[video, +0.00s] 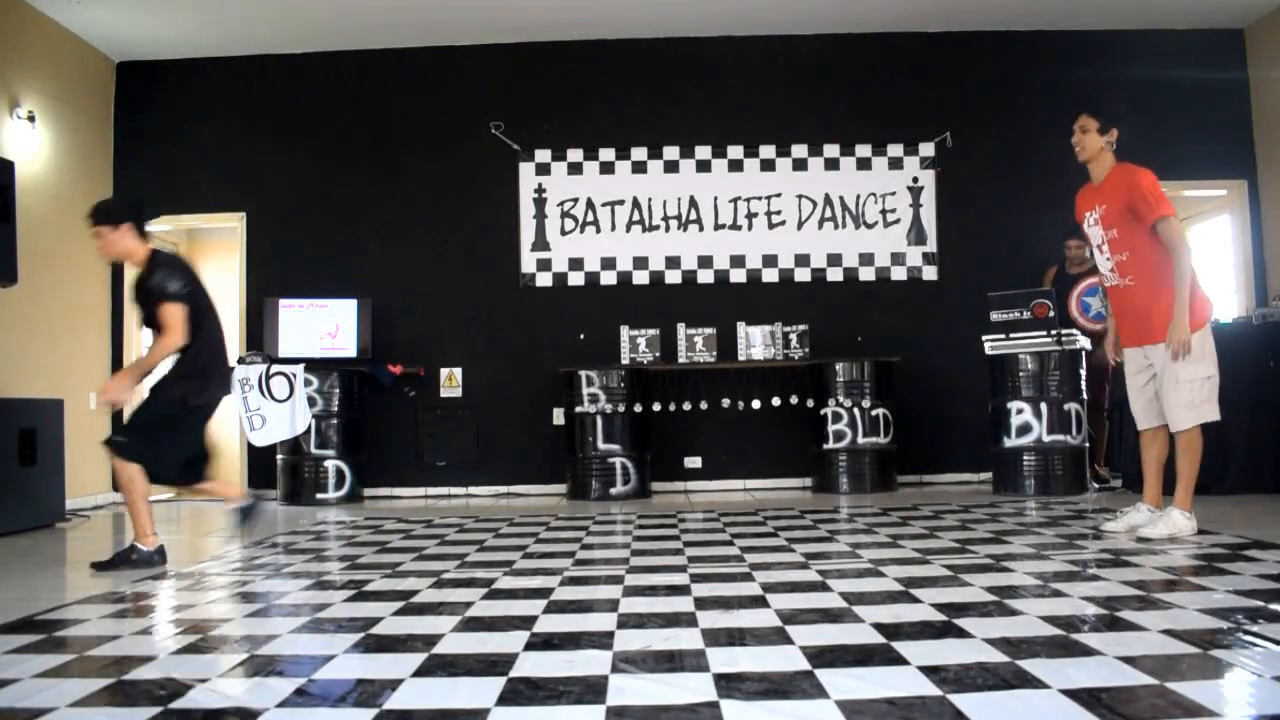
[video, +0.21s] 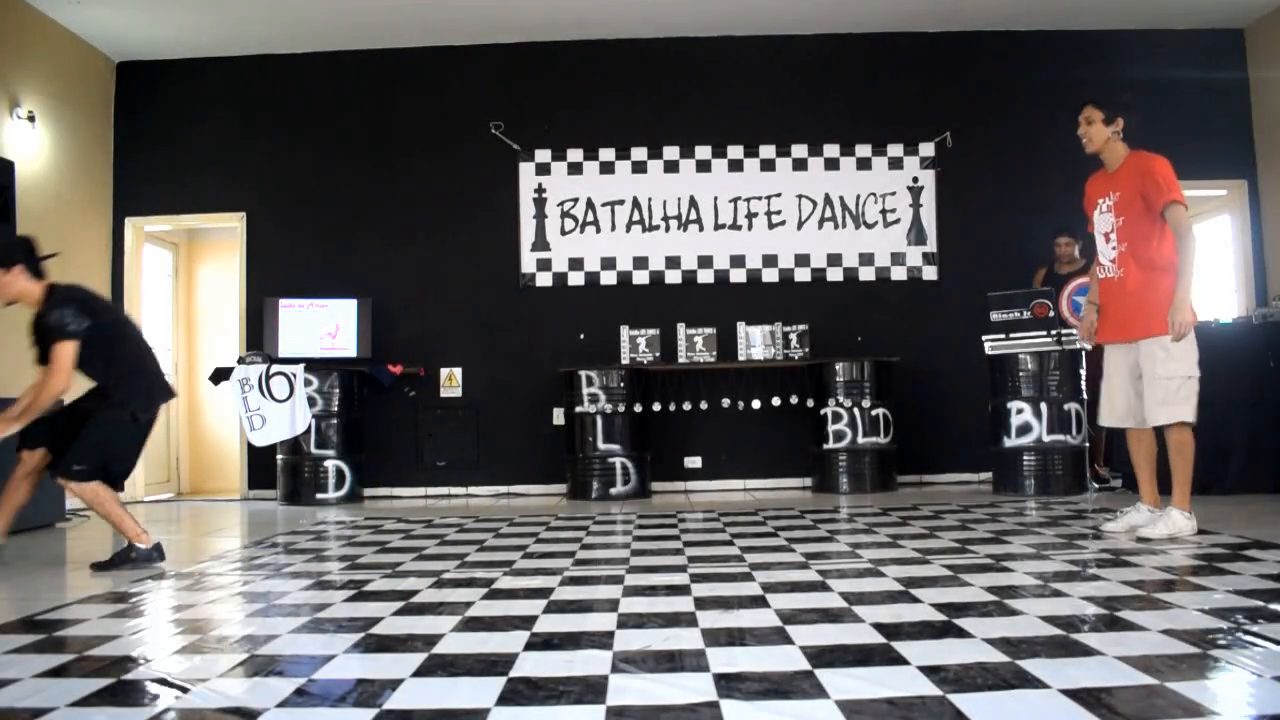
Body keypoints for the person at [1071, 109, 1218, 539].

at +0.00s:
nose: (1076, 140)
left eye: (1084, 131)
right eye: (1074, 134)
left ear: (1110, 137)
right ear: (1076, 145)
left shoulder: (1136, 180)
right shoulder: (1083, 200)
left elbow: (1179, 246)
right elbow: (1108, 269)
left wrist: (1180, 317)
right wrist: (1113, 327)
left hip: (1176, 322)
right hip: (1132, 331)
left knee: (1185, 416)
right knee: (1149, 420)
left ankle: (1182, 512)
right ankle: (1151, 506)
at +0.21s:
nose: (1081, 131)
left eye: (1089, 122)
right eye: (1079, 124)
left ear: (1116, 126)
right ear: (1085, 133)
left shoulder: (1150, 167)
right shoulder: (1093, 187)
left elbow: (1184, 233)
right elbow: (1103, 255)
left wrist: (1182, 299)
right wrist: (1091, 305)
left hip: (1162, 314)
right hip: (1118, 320)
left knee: (1173, 413)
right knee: (1133, 414)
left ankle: (1181, 512)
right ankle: (1149, 506)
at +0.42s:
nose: (1086, 131)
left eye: (1094, 123)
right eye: (1085, 125)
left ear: (1122, 125)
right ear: (1096, 132)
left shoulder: (1154, 167)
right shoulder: (1100, 186)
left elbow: (1182, 232)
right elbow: (1102, 255)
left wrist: (1175, 298)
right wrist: (1078, 306)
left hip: (1160, 311)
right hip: (1114, 316)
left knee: (1172, 410)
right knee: (1094, 410)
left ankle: (1181, 512)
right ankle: (1138, 493)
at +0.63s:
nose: (1079, 129)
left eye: (1087, 120)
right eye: (1078, 123)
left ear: (1114, 124)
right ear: (1087, 132)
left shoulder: (1145, 167)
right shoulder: (1093, 188)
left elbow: (1171, 237)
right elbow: (1104, 261)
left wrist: (1166, 309)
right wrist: (1088, 318)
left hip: (1153, 315)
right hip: (1104, 318)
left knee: (1168, 414)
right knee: (1080, 408)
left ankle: (1181, 512)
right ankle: (1089, 505)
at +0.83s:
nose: (1061, 130)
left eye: (1069, 120)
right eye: (1059, 124)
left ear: (1096, 122)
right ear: (1064, 133)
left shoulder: (1128, 169)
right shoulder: (1075, 192)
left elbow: (1153, 240)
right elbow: (1087, 257)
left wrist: (1151, 315)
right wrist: (1077, 310)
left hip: (1129, 322)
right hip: (1084, 325)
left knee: (1157, 418)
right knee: (1076, 420)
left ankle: (1181, 512)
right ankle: (1066, 515)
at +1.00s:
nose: (1103, 121)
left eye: (1111, 111)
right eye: (1102, 115)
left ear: (1138, 113)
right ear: (1114, 125)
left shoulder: (1172, 157)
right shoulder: (1120, 182)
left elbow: (1220, 221)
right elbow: (1145, 247)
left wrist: (1210, 292)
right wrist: (1109, 251)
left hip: (1172, 316)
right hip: (1124, 320)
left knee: (1207, 413)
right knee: (1128, 421)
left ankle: (1246, 507)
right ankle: (1131, 518)